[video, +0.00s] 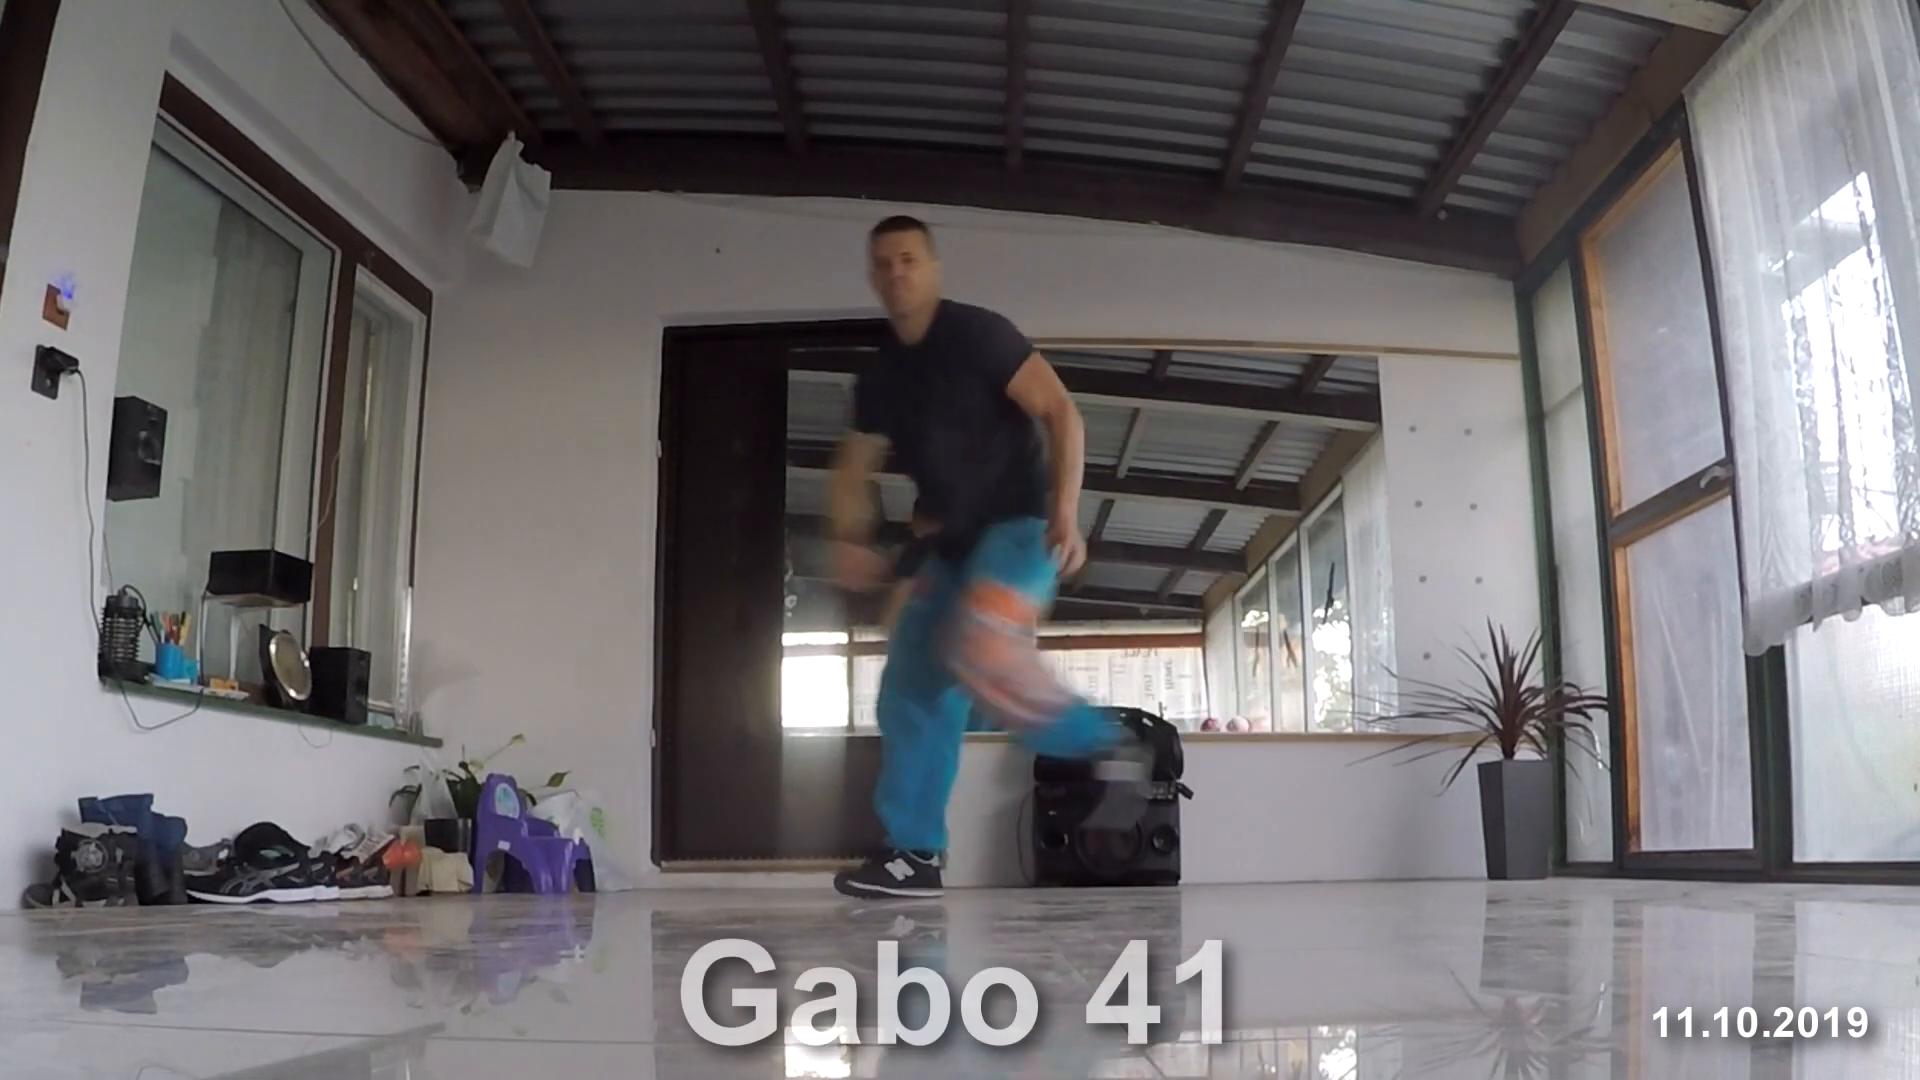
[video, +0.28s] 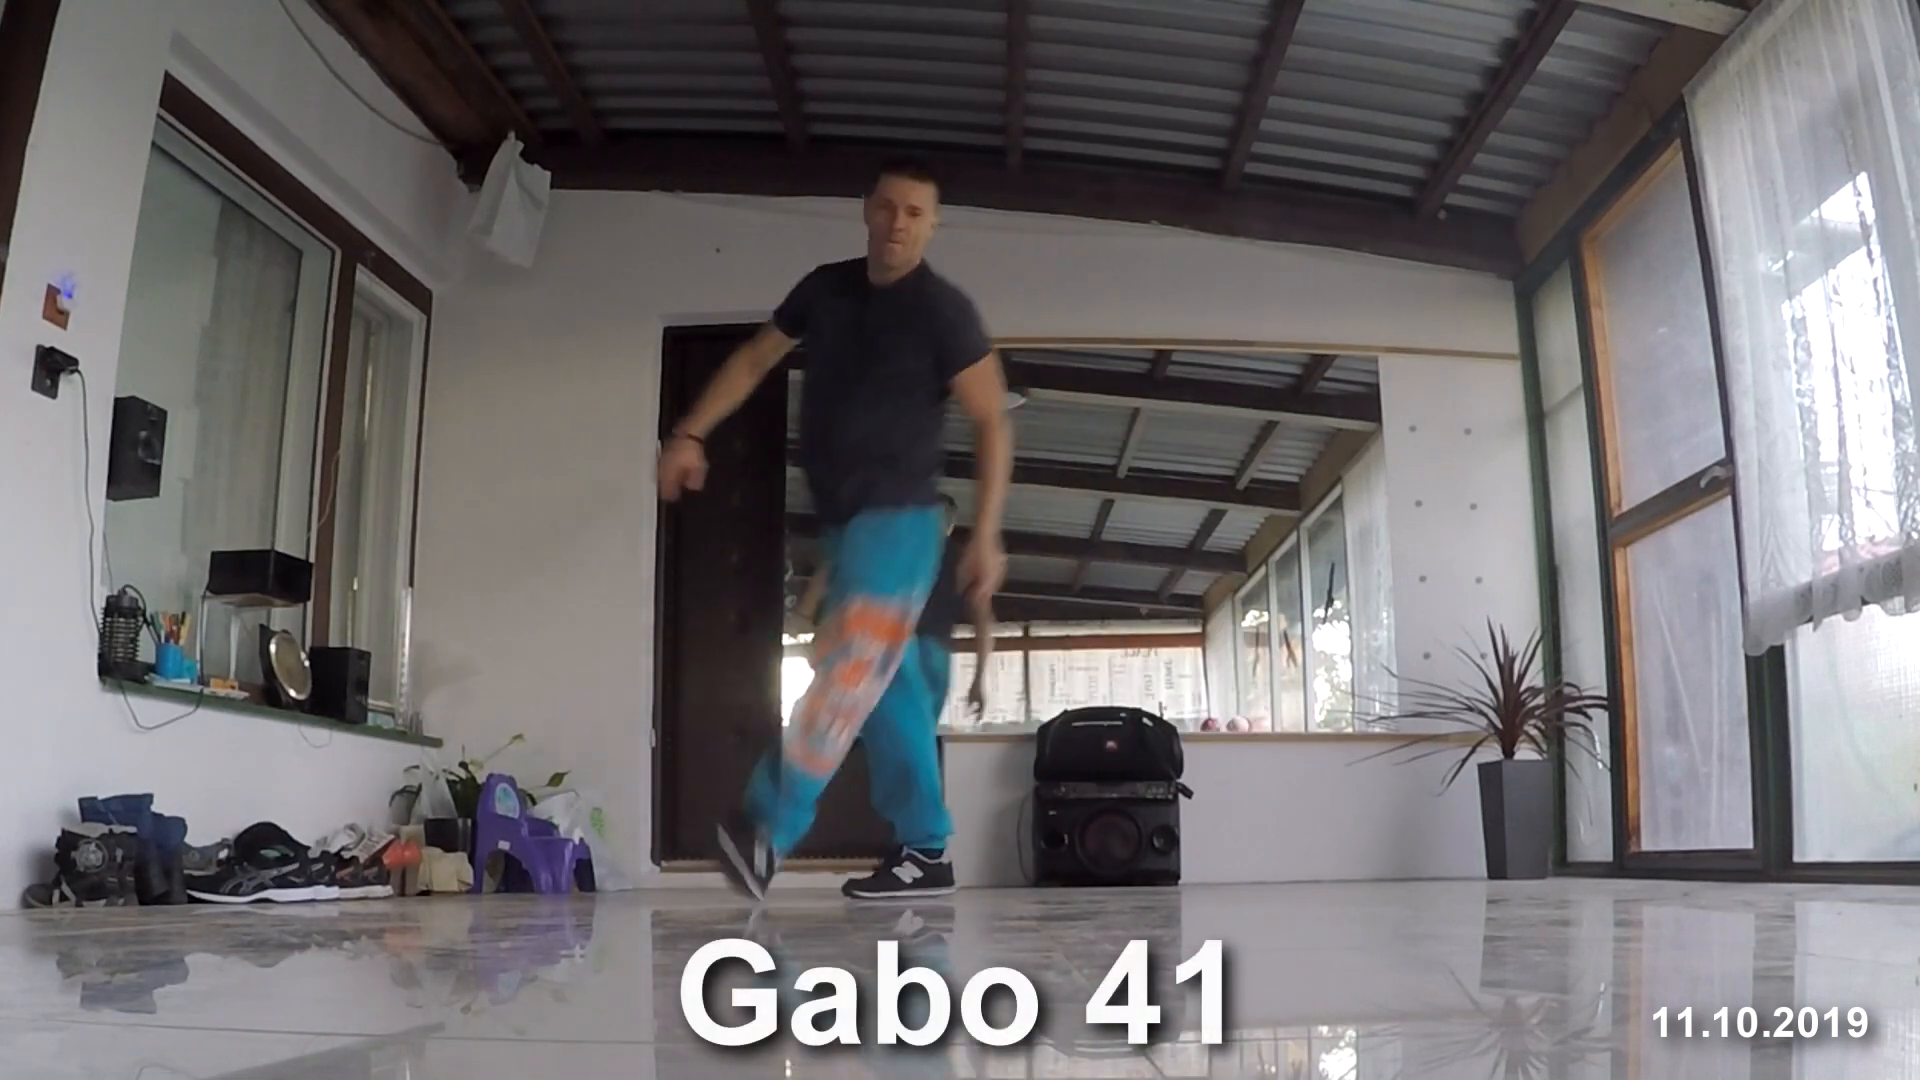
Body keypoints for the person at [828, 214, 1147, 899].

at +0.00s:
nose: (896, 274)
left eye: (908, 261)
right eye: (884, 264)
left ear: (934, 269)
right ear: (872, 279)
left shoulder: (979, 333)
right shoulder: (883, 374)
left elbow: (1063, 413)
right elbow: (852, 470)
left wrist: (1066, 512)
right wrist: (851, 543)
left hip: (1017, 530)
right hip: (949, 543)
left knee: (979, 652)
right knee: (913, 688)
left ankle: (1111, 743)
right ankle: (917, 854)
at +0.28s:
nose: (897, 224)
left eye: (913, 213)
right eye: (886, 208)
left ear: (933, 225)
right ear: (866, 213)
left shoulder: (945, 310)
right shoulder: (826, 290)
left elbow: (993, 421)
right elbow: (754, 361)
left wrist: (986, 533)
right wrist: (689, 433)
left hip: (902, 516)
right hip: (843, 518)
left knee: (850, 666)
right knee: (887, 681)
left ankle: (765, 833)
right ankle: (923, 854)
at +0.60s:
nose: (869, 215)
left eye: (886, 205)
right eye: (859, 195)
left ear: (899, 217)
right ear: (829, 191)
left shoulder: (895, 305)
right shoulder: (764, 263)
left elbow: (905, 434)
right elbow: (701, 319)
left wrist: (815, 478)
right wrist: (646, 385)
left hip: (827, 519)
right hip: (736, 507)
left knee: (780, 672)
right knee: (644, 607)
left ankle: (738, 852)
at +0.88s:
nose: (897, 199)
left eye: (914, 189)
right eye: (890, 176)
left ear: (925, 193)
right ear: (853, 148)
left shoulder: (906, 282)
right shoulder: (754, 213)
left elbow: (879, 408)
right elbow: (655, 288)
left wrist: (825, 481)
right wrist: (615, 394)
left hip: (807, 479)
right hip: (712, 456)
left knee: (804, 660)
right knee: (694, 643)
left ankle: (740, 829)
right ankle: (657, 848)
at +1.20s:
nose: (1001, 477)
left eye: (1017, 468)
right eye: (1005, 458)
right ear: (974, 408)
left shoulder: (942, 395)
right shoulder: (881, 448)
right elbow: (847, 635)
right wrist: (879, 797)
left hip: (772, 523)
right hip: (713, 496)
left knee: (671, 627)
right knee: (709, 678)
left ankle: (577, 716)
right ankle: (655, 856)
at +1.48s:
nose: (1052, 660)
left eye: (1069, 652)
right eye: (1053, 639)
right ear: (1025, 581)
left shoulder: (1054, 552)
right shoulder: (931, 563)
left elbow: (1060, 699)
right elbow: (887, 728)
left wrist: (1075, 835)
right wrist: (894, 883)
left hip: (866, 349)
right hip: (772, 382)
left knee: (793, 307)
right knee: (673, 546)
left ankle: (777, 187)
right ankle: (516, 487)